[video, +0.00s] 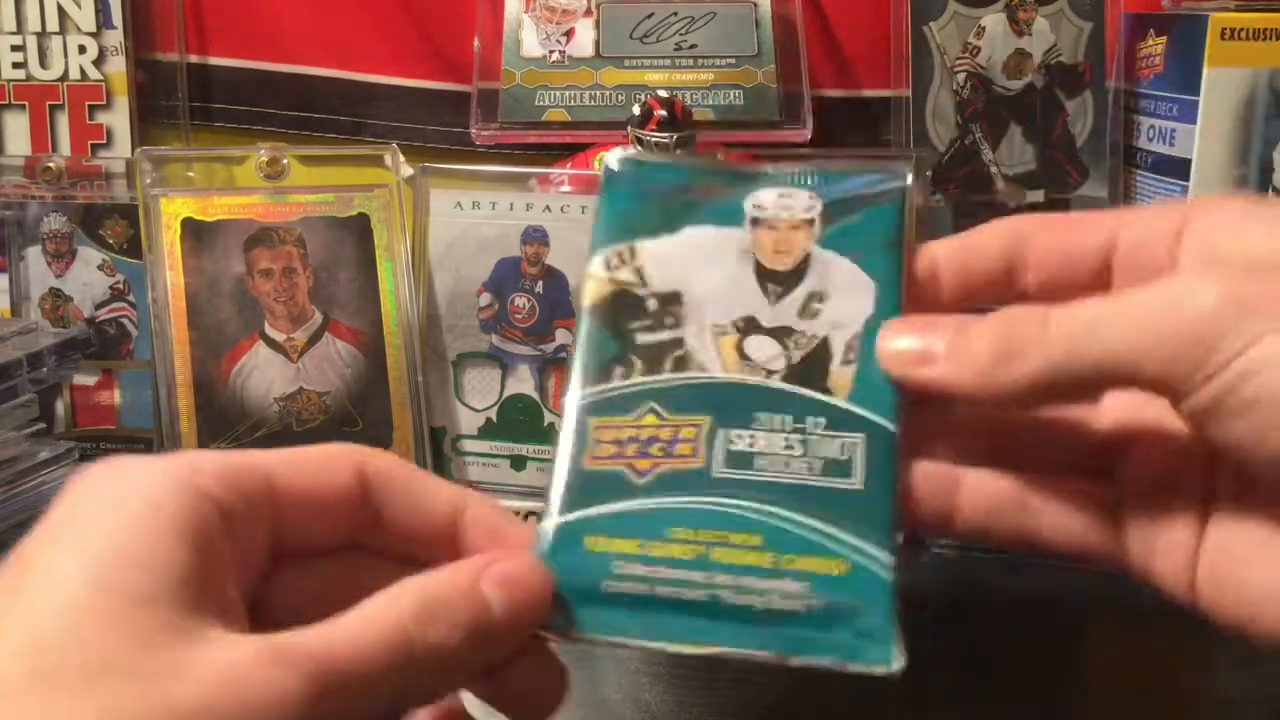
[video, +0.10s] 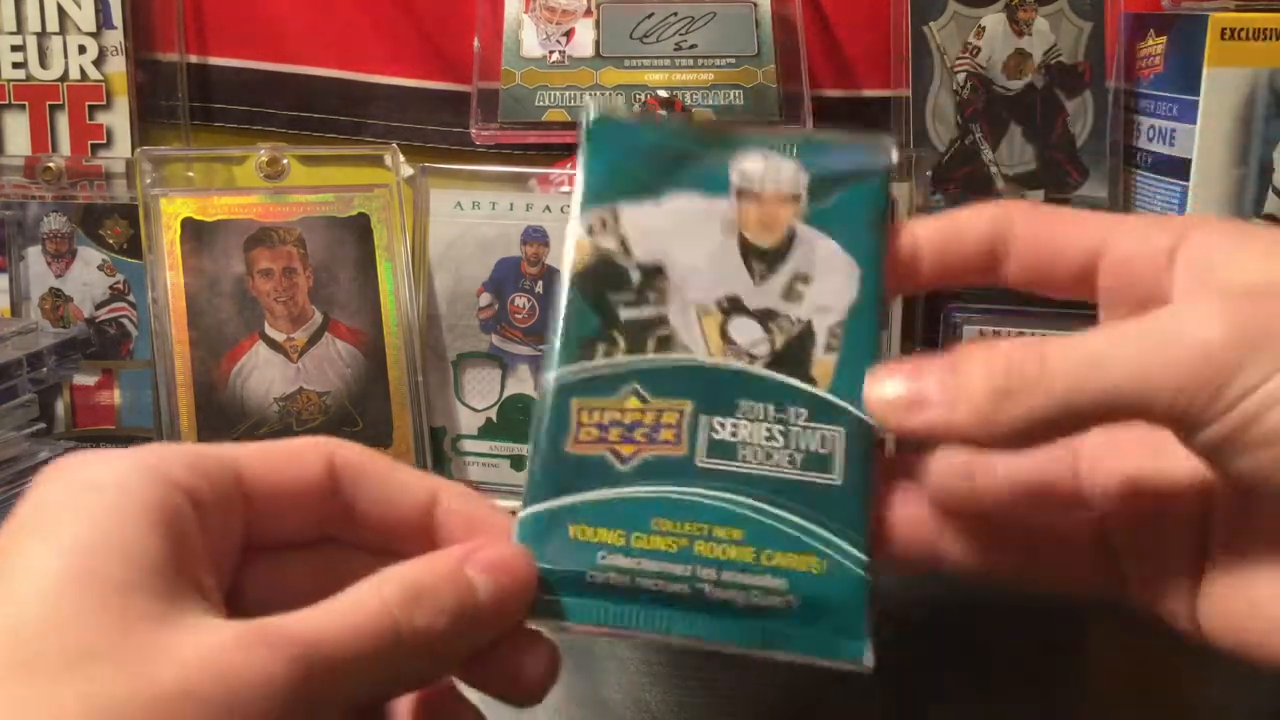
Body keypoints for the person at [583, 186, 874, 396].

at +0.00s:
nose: (782, 240)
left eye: (795, 228)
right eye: (770, 227)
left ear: (814, 233)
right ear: (751, 230)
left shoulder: (850, 286)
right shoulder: (704, 252)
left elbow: (845, 376)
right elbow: (607, 267)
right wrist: (637, 324)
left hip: (793, 422)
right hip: (699, 409)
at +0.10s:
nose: (766, 213)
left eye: (780, 202)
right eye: (754, 200)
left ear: (798, 207)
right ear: (736, 200)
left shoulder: (834, 269)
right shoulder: (688, 222)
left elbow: (824, 360)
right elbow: (588, 231)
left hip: (769, 405)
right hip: (677, 391)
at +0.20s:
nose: (748, 197)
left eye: (761, 185)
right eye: (735, 184)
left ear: (779, 188)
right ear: (715, 183)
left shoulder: (815, 251)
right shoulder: (668, 205)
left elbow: (807, 343)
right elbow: (561, 227)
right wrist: (609, 302)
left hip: (756, 402)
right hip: (664, 387)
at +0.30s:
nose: (732, 206)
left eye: (745, 192)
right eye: (719, 192)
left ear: (763, 194)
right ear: (699, 193)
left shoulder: (801, 252)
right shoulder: (652, 221)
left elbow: (800, 350)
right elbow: (551, 245)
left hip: (753, 400)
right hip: (660, 393)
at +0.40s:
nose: (729, 200)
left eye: (741, 187)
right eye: (716, 188)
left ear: (758, 188)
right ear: (695, 189)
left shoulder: (798, 248)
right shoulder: (647, 218)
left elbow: (796, 349)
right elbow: (545, 249)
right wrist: (593, 309)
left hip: (747, 399)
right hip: (652, 392)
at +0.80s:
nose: (722, 221)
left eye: (731, 207)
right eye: (709, 209)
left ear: (749, 204)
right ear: (689, 211)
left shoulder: (789, 253)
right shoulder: (644, 246)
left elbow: (792, 338)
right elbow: (555, 274)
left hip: (753, 394)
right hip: (668, 396)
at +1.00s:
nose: (716, 228)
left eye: (727, 214)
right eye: (703, 217)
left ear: (744, 212)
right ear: (684, 220)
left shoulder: (782, 255)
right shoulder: (642, 257)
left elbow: (789, 334)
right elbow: (550, 293)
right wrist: (563, 375)